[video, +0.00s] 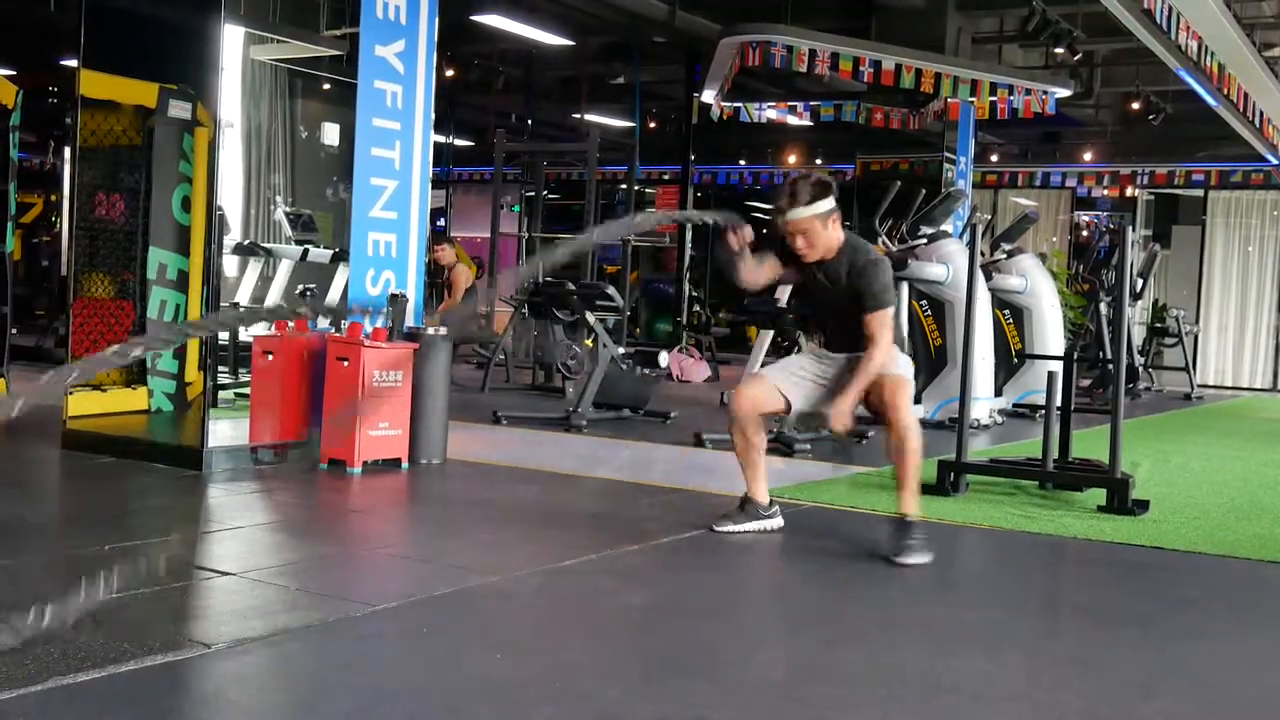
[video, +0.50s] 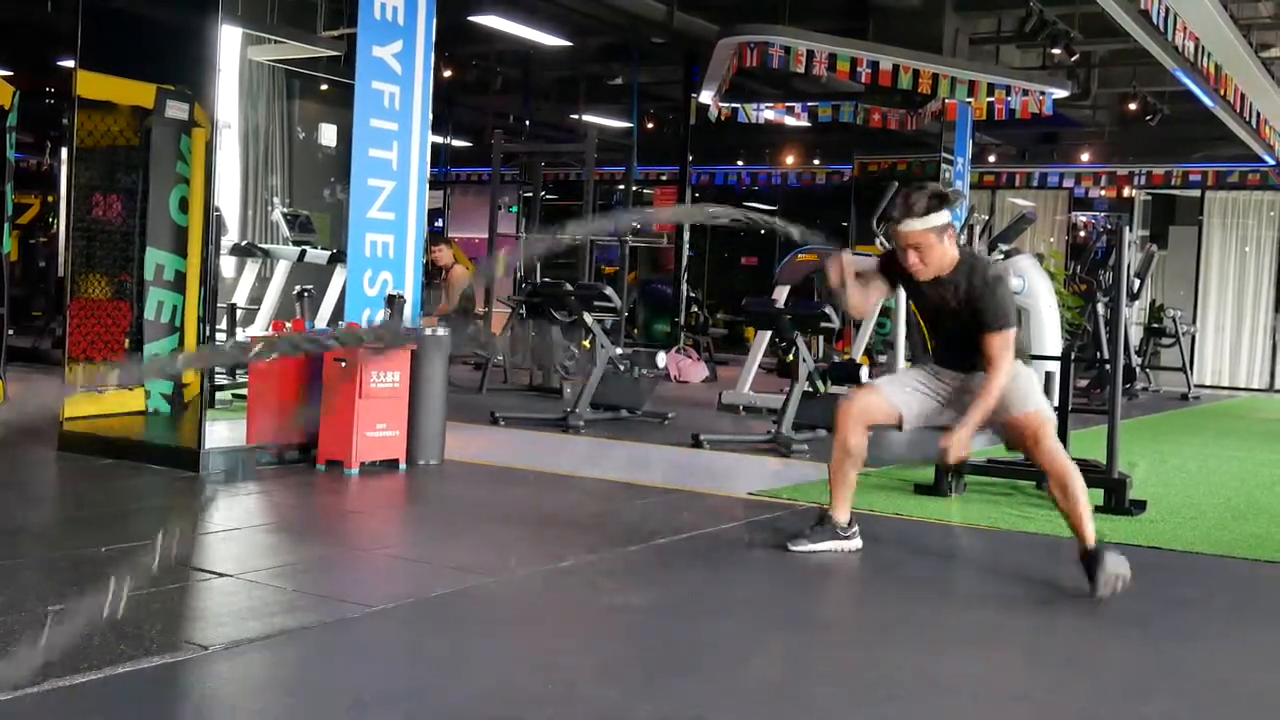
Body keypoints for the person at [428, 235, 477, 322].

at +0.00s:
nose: (439, 255)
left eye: (443, 250)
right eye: (436, 251)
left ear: (453, 250)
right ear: (433, 255)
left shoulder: (459, 270)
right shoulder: (448, 271)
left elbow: (455, 301)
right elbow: (447, 300)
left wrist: (437, 315)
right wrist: (436, 317)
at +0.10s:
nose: (438, 255)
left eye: (442, 250)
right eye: (435, 251)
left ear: (453, 252)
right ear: (432, 254)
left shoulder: (459, 271)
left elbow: (454, 303)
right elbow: (447, 299)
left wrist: (437, 315)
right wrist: (437, 315)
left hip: (460, 322)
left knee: (419, 321)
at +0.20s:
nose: (439, 255)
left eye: (442, 250)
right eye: (435, 252)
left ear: (453, 251)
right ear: (433, 255)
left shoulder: (459, 270)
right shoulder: (448, 271)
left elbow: (454, 303)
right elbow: (447, 300)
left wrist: (437, 315)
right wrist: (437, 316)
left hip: (460, 322)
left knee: (419, 321)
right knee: (419, 319)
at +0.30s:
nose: (438, 255)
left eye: (442, 250)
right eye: (435, 252)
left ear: (453, 251)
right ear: (432, 255)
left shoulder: (458, 270)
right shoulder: (448, 271)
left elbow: (454, 303)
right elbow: (446, 300)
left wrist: (437, 316)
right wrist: (436, 317)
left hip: (460, 322)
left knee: (419, 322)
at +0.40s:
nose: (437, 255)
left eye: (441, 251)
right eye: (434, 252)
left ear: (451, 250)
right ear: (431, 255)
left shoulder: (458, 271)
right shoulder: (446, 272)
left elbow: (452, 306)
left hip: (459, 323)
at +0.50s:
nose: (436, 255)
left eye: (440, 251)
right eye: (433, 252)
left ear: (451, 250)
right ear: (430, 255)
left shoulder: (457, 272)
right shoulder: (445, 273)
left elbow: (452, 306)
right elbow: (444, 303)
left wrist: (435, 317)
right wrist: (435, 317)